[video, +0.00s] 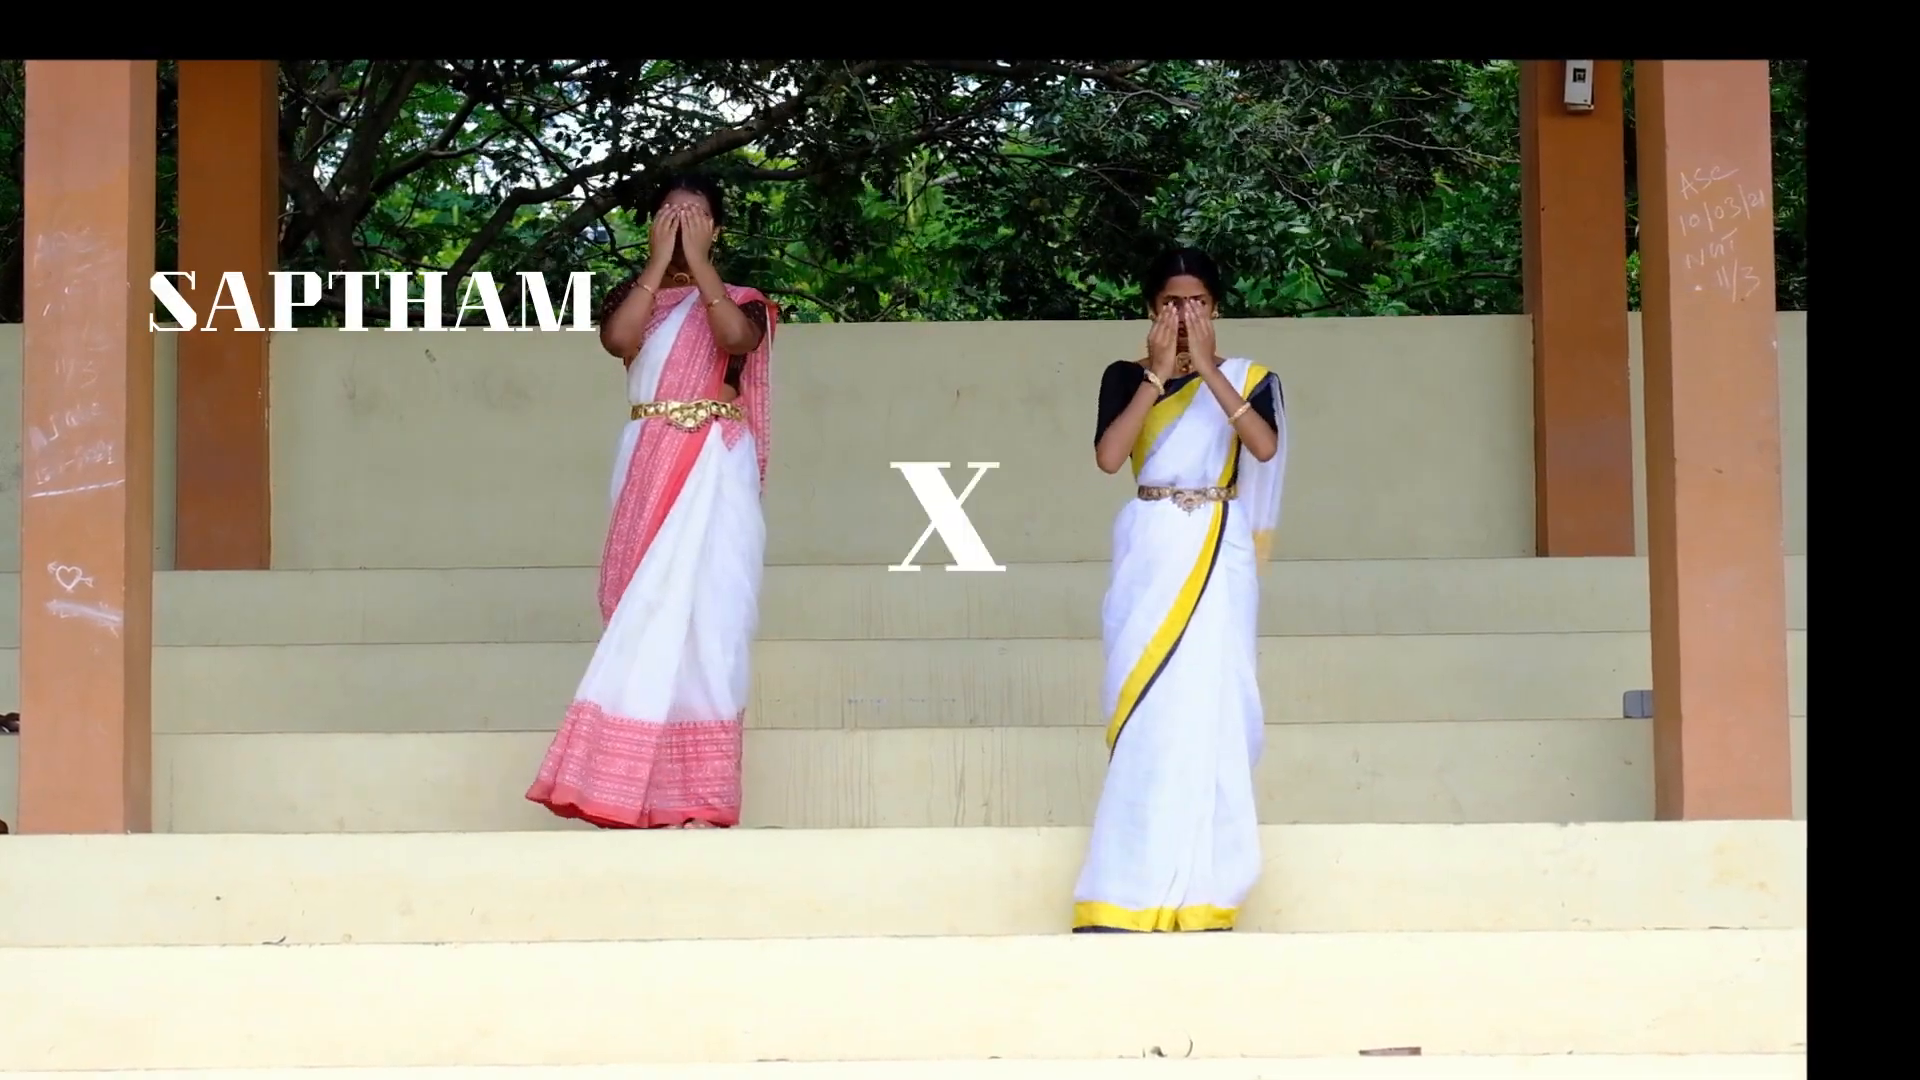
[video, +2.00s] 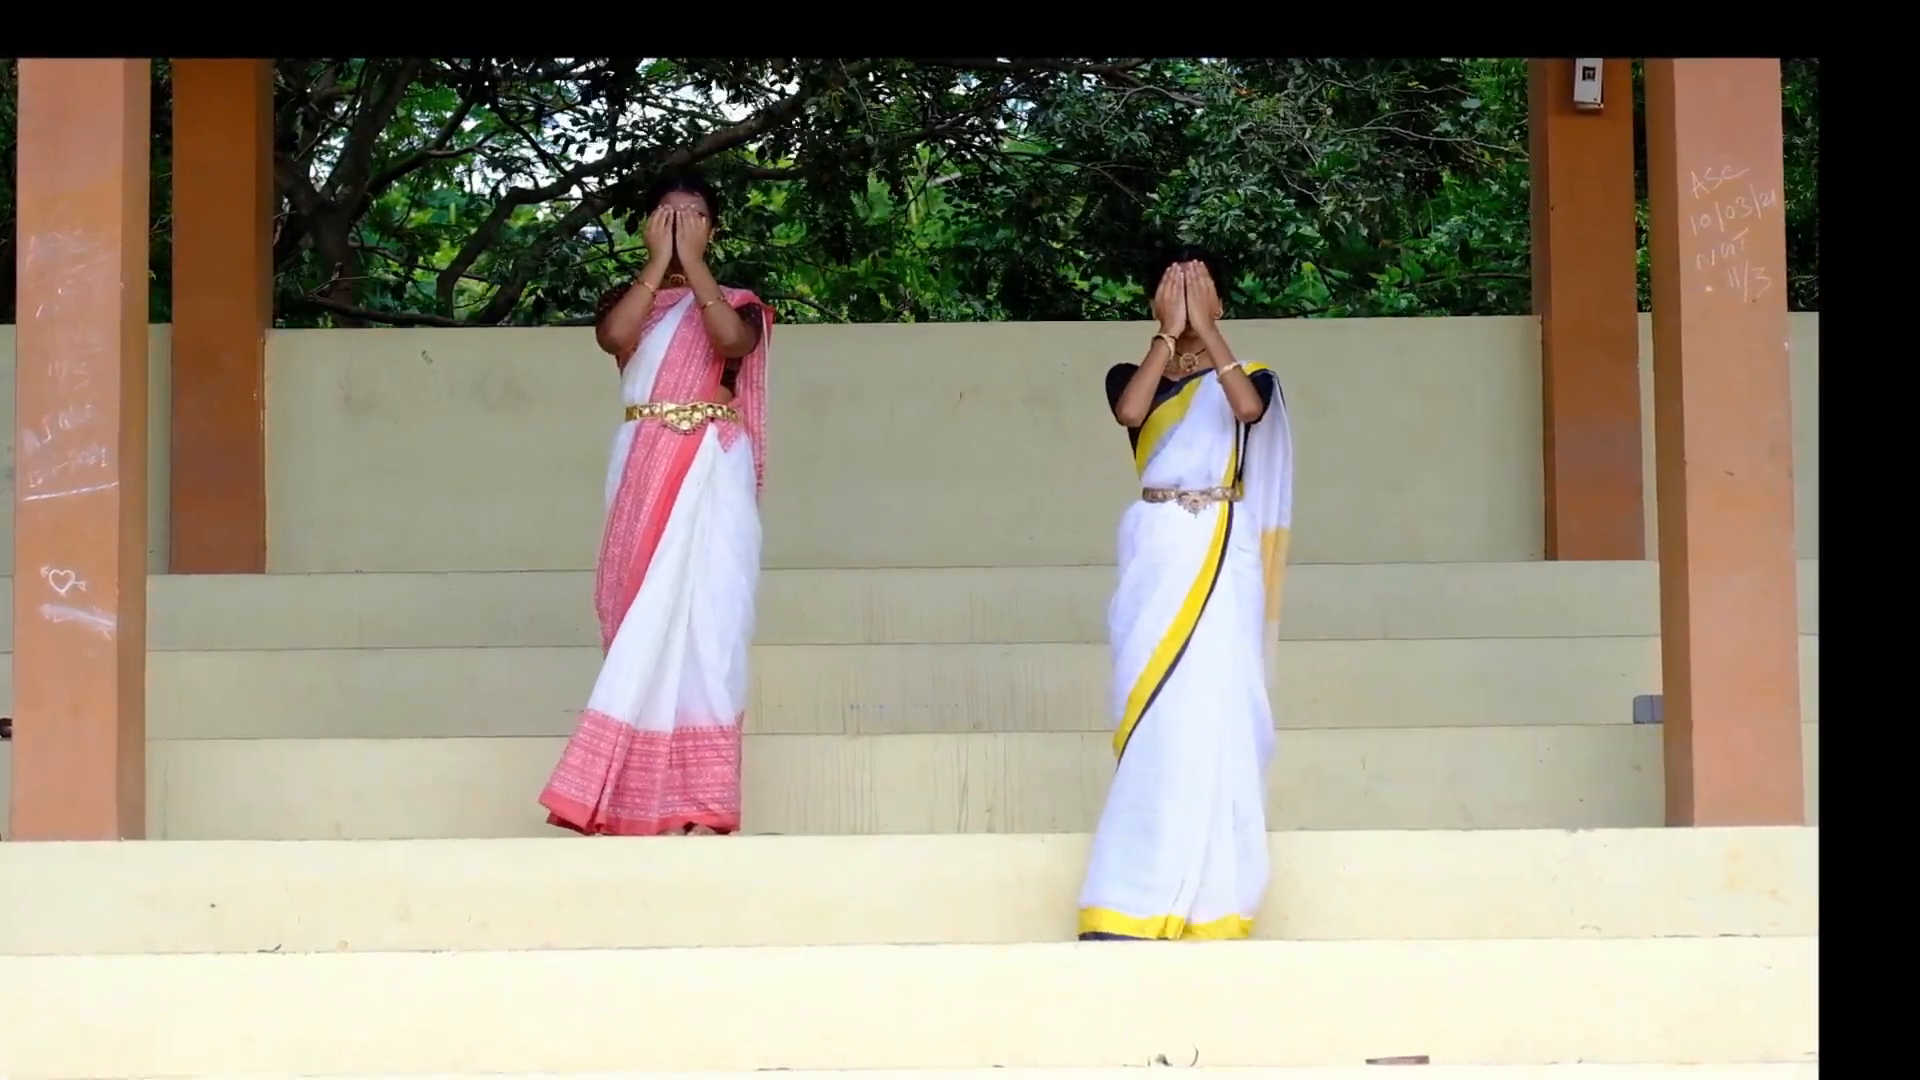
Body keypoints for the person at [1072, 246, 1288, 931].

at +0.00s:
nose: (1185, 313)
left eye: (1196, 302)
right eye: (1172, 303)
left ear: (1216, 310)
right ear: (1153, 313)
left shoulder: (1246, 377)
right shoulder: (1127, 377)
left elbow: (1264, 445)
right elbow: (1110, 457)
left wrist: (1206, 368)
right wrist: (1155, 376)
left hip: (1217, 557)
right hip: (1147, 555)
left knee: (1205, 712)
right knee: (1142, 711)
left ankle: (1201, 889)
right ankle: (1133, 889)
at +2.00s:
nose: (1185, 311)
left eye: (1197, 296)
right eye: (1173, 296)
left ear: (1219, 305)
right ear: (1156, 308)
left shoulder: (1249, 377)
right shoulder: (1137, 379)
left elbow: (1246, 407)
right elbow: (1130, 408)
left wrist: (1208, 326)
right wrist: (1166, 333)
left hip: (1220, 555)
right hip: (1152, 553)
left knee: (1208, 712)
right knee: (1148, 710)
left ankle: (1208, 894)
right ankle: (1140, 893)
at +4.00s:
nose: (1192, 318)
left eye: (1204, 306)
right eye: (1180, 305)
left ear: (1225, 311)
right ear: (1163, 309)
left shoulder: (1254, 379)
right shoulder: (1138, 375)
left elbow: (1246, 424)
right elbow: (1132, 422)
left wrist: (1209, 338)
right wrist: (1173, 342)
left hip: (1223, 566)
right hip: (1153, 563)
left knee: (1219, 726)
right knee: (1153, 723)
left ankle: (1218, 906)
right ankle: (1148, 905)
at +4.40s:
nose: (1202, 320)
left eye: (1215, 309)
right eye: (1189, 308)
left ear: (1230, 315)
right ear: (1165, 313)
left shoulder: (1262, 382)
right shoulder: (1141, 382)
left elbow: (1286, 458)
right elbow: (1136, 457)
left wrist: (1253, 366)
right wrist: (1173, 373)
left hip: (1240, 558)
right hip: (1172, 555)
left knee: (1239, 720)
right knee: (1169, 718)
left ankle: (1238, 905)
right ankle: (1163, 906)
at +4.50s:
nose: (1213, 318)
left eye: (1224, 307)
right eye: (1200, 305)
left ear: (1236, 316)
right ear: (1174, 311)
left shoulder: (1273, 392)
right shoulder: (1145, 389)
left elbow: (1299, 496)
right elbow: (1123, 498)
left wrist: (1265, 448)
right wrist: (1178, 441)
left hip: (1255, 563)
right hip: (1183, 563)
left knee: (1254, 723)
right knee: (1186, 722)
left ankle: (1248, 908)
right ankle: (1175, 908)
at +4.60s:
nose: (1225, 320)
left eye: (1235, 309)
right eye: (1212, 307)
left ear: (1244, 318)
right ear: (1181, 312)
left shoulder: (1271, 400)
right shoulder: (1148, 395)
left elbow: (1299, 498)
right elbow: (1121, 497)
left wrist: (1261, 510)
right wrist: (1132, 520)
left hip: (1266, 572)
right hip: (1193, 570)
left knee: (1284, 722)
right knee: (1248, 726)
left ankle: (1247, 913)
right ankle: (1167, 900)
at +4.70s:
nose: (1235, 316)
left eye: (1243, 305)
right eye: (1221, 303)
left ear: (1250, 316)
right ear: (1188, 310)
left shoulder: (1271, 399)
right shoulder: (1151, 395)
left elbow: (1301, 494)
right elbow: (1115, 488)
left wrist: (1257, 518)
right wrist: (1079, 564)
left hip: (1266, 564)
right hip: (1196, 563)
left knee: (1287, 709)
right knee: (1255, 707)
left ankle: (1250, 895)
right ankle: (1223, 889)